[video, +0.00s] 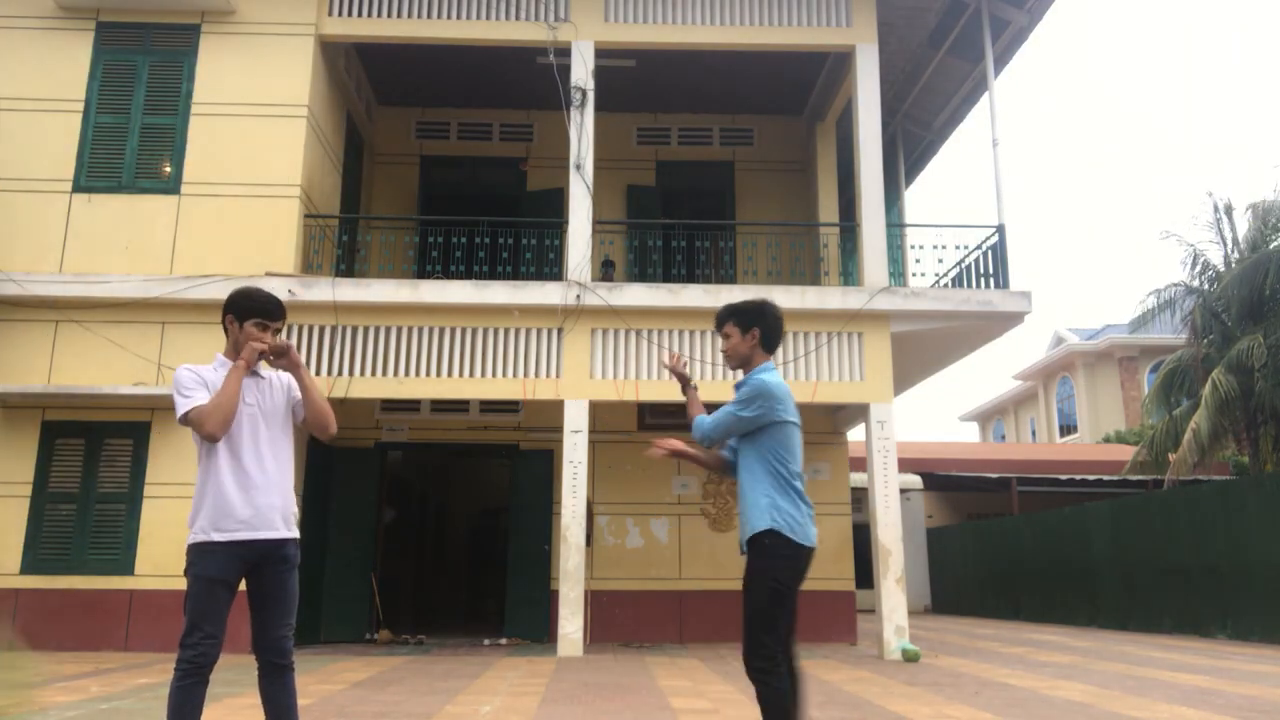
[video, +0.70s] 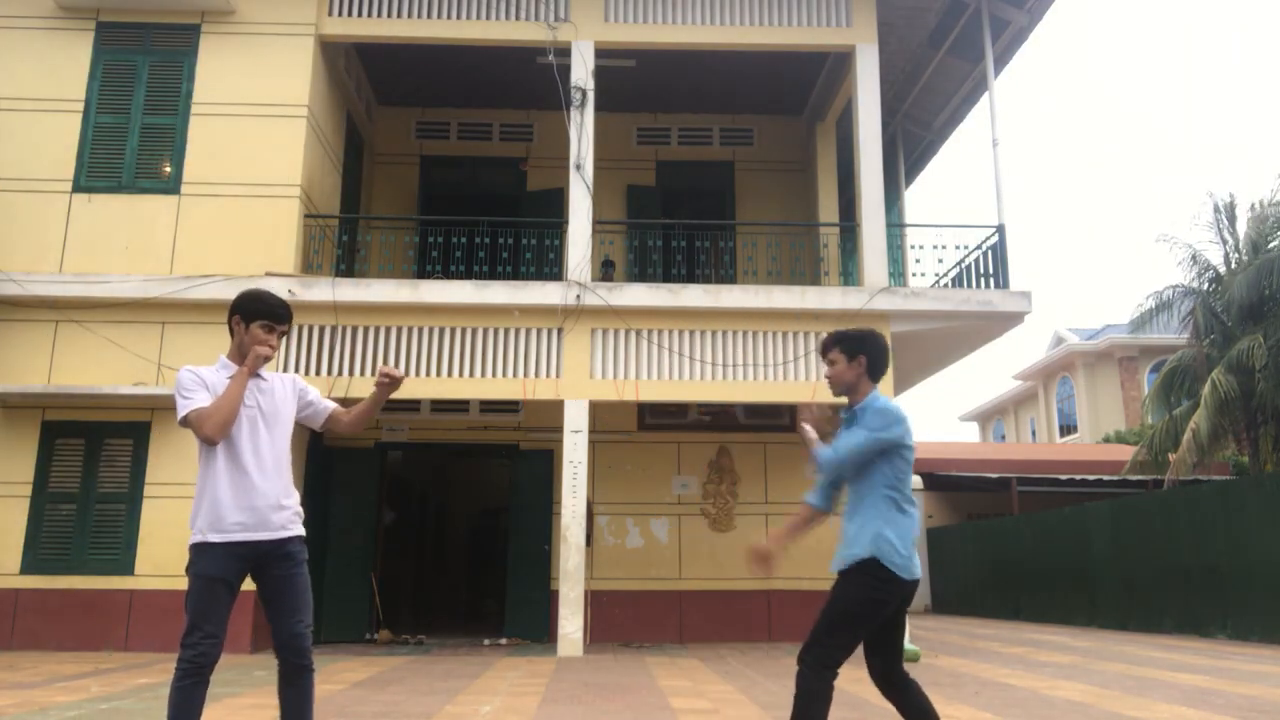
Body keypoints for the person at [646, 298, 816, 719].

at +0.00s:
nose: (721, 347)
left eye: (727, 337)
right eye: (721, 338)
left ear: (754, 336)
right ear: (751, 339)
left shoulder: (763, 385)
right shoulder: (767, 389)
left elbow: (703, 432)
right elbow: (734, 466)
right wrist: (686, 450)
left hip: (777, 535)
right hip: (783, 534)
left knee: (763, 658)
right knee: (773, 656)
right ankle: (786, 716)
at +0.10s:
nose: (741, 347)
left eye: (746, 338)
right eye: (741, 339)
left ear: (772, 337)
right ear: (776, 340)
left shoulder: (779, 389)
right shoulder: (797, 392)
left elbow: (713, 430)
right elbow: (786, 471)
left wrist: (690, 394)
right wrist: (731, 469)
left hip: (786, 541)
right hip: (811, 541)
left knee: (768, 659)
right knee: (813, 646)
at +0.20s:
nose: (762, 350)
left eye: (766, 341)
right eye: (761, 342)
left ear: (792, 340)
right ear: (797, 343)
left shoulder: (797, 391)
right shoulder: (821, 393)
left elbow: (731, 431)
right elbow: (808, 467)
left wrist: (681, 415)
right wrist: (754, 468)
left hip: (799, 541)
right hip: (831, 543)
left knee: (775, 658)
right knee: (850, 644)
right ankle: (904, 715)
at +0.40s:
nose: (797, 361)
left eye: (802, 352)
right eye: (797, 352)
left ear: (828, 352)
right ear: (835, 355)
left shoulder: (829, 403)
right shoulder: (866, 405)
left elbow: (753, 428)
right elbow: (847, 469)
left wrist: (723, 413)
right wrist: (793, 467)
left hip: (841, 551)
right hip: (879, 552)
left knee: (793, 657)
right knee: (901, 656)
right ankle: (940, 716)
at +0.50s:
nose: (807, 366)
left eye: (812, 356)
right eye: (806, 357)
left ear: (837, 356)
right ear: (844, 359)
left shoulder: (836, 404)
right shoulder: (881, 412)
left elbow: (767, 407)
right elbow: (874, 486)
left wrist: (732, 398)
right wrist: (819, 498)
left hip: (857, 555)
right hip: (896, 558)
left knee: (805, 658)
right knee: (902, 661)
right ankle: (940, 717)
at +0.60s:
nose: (816, 369)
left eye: (822, 359)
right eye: (816, 360)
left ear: (849, 360)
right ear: (851, 363)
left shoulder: (860, 406)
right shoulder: (870, 409)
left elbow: (789, 417)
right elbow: (860, 492)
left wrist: (765, 403)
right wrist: (827, 543)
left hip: (869, 560)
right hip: (897, 563)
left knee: (811, 662)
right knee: (895, 669)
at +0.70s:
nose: (826, 373)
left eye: (833, 363)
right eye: (825, 364)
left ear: (860, 364)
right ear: (853, 367)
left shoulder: (886, 415)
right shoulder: (850, 424)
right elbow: (821, 501)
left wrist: (810, 433)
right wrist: (775, 541)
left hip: (879, 564)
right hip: (883, 565)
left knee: (815, 664)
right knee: (888, 674)